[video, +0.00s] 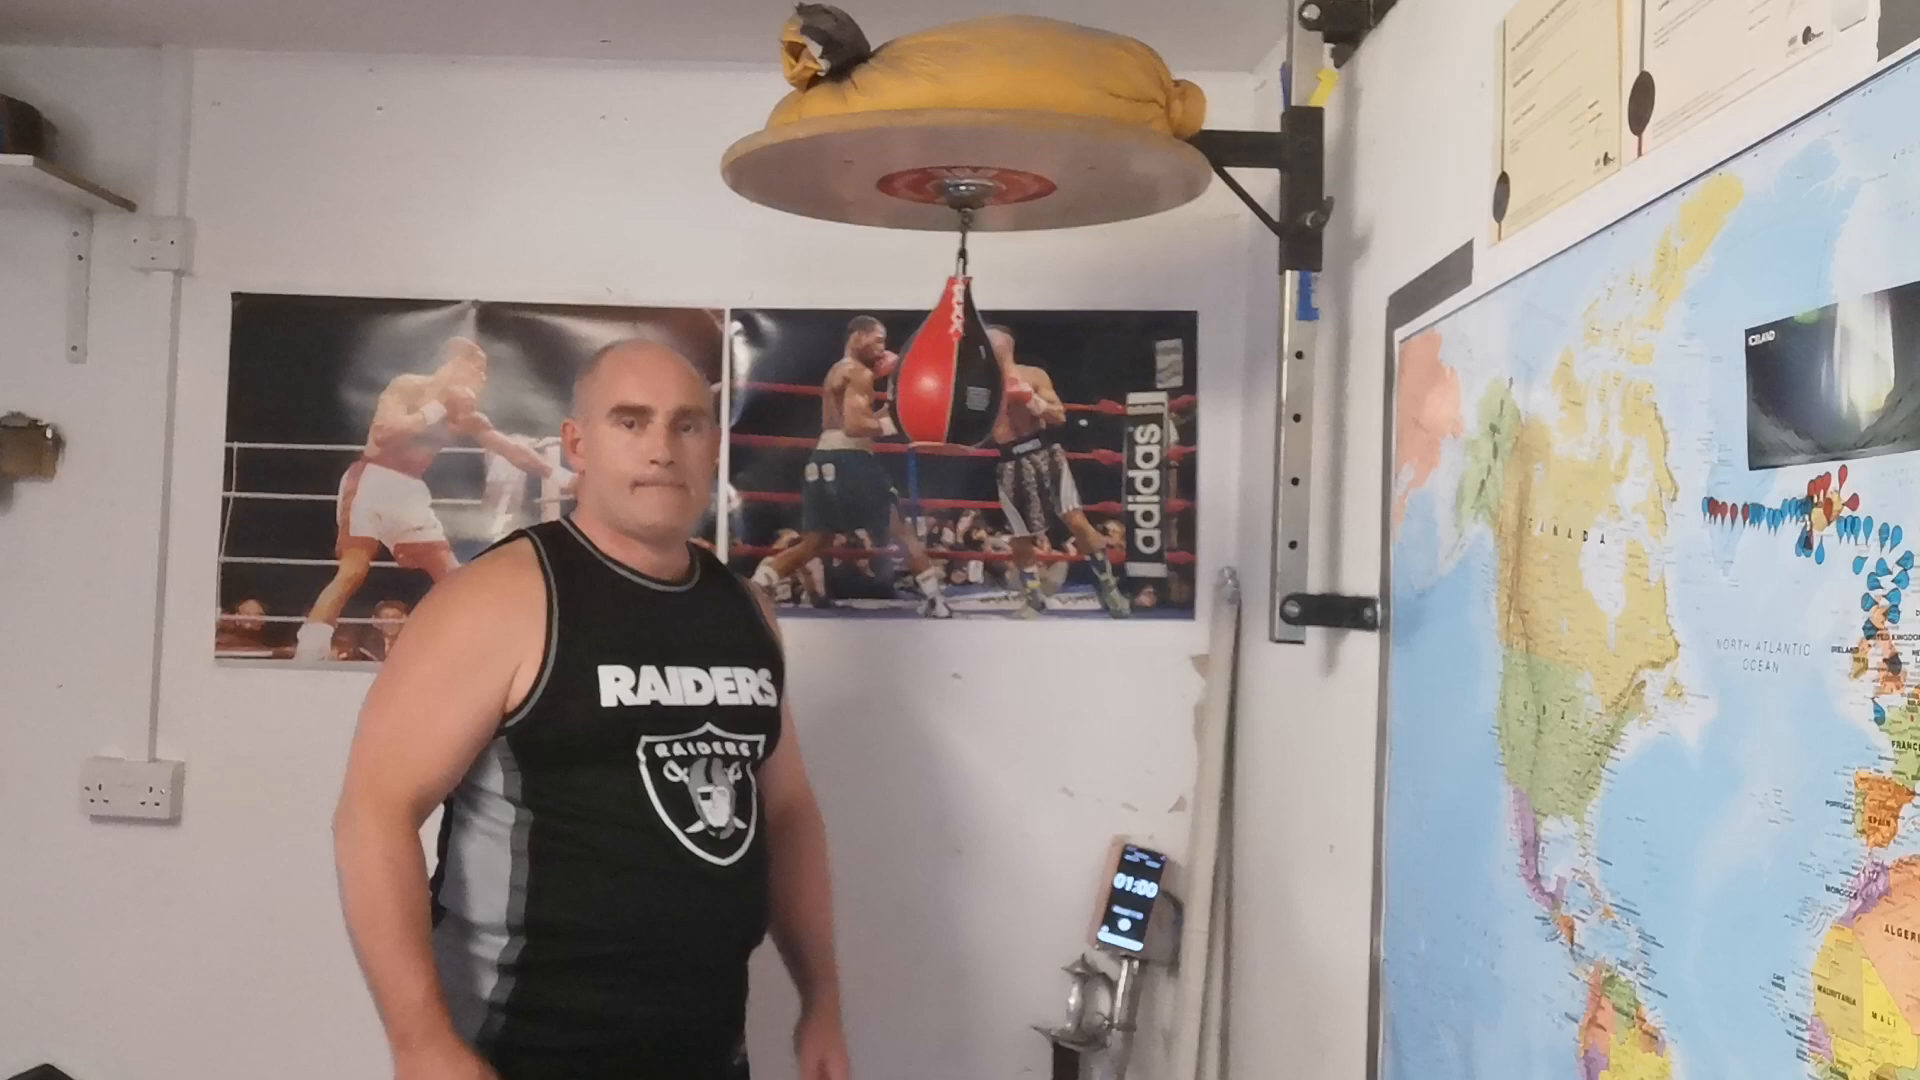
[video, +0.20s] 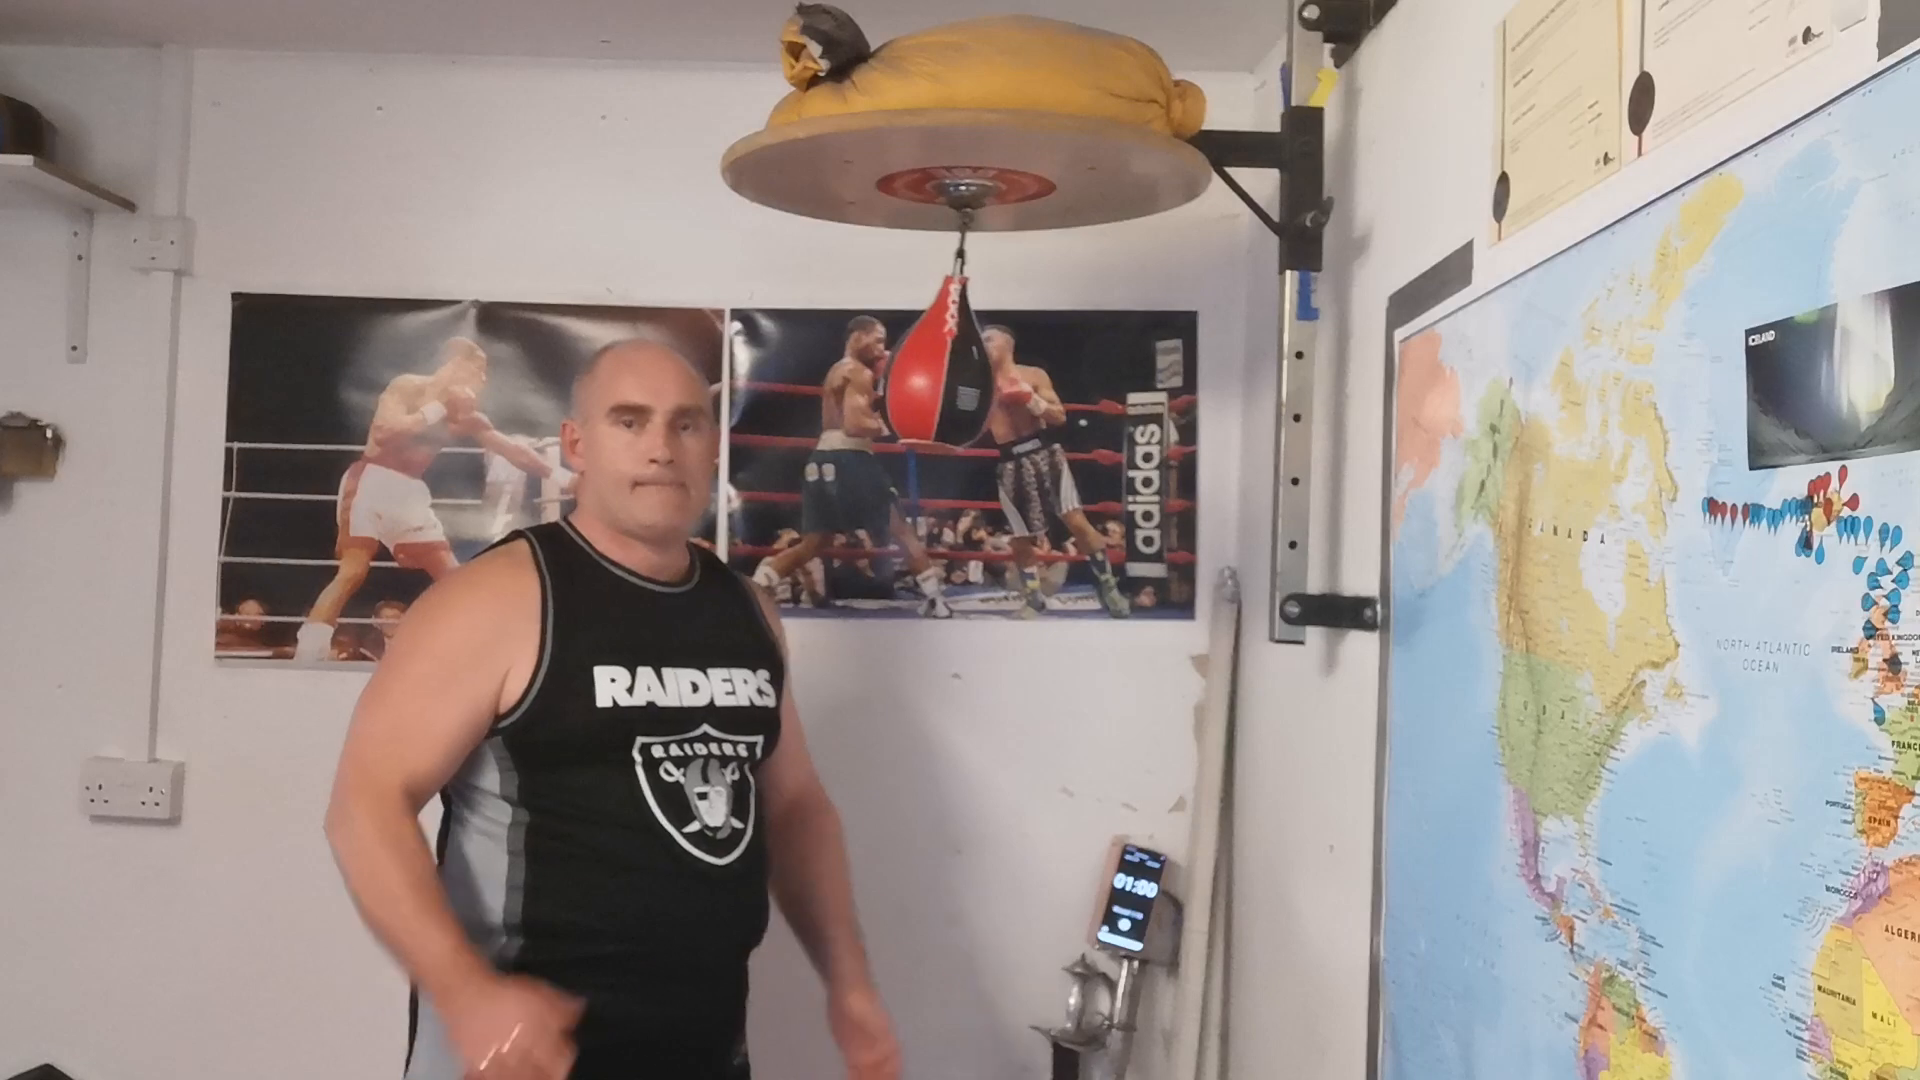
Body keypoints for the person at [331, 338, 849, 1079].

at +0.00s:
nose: (662, 450)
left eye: (686, 425)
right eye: (631, 421)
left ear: (714, 450)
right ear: (575, 444)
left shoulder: (740, 609)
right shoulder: (497, 599)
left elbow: (786, 811)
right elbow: (372, 812)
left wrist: (820, 997)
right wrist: (423, 1042)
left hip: (703, 1043)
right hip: (530, 1046)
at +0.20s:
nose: (662, 449)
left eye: (687, 422)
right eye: (631, 421)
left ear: (714, 446)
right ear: (575, 445)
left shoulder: (737, 605)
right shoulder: (494, 598)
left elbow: (793, 806)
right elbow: (364, 806)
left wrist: (848, 980)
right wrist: (466, 994)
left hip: (702, 1041)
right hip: (530, 1046)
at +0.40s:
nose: (653, 447)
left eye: (678, 423)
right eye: (623, 421)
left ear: (707, 449)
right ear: (568, 445)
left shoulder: (741, 603)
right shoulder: (487, 594)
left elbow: (809, 778)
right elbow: (436, 807)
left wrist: (853, 838)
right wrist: (655, 795)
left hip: (696, 1019)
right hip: (517, 1022)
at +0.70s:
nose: (674, 447)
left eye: (697, 426)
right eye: (642, 419)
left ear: (719, 454)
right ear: (583, 443)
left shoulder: (752, 607)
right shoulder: (500, 584)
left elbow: (846, 798)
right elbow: (401, 782)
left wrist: (874, 791)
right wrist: (589, 756)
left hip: (695, 1019)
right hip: (514, 1020)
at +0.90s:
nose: (705, 453)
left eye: (726, 436)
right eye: (674, 424)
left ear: (741, 466)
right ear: (605, 447)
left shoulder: (761, 614)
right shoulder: (522, 570)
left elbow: (881, 768)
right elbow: (333, 760)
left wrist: (990, 701)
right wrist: (401, 636)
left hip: (696, 1028)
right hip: (511, 1029)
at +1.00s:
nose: (712, 457)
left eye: (734, 440)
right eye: (683, 429)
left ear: (750, 468)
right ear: (615, 447)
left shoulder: (764, 617)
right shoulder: (528, 571)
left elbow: (888, 764)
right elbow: (327, 746)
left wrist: (994, 698)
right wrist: (407, 625)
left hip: (697, 1029)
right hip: (513, 1027)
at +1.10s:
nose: (716, 460)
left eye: (739, 443)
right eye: (687, 431)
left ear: (756, 470)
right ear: (620, 448)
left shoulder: (768, 620)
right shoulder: (533, 571)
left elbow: (890, 769)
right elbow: (338, 745)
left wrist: (991, 699)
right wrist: (419, 623)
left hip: (698, 1029)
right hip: (513, 1029)